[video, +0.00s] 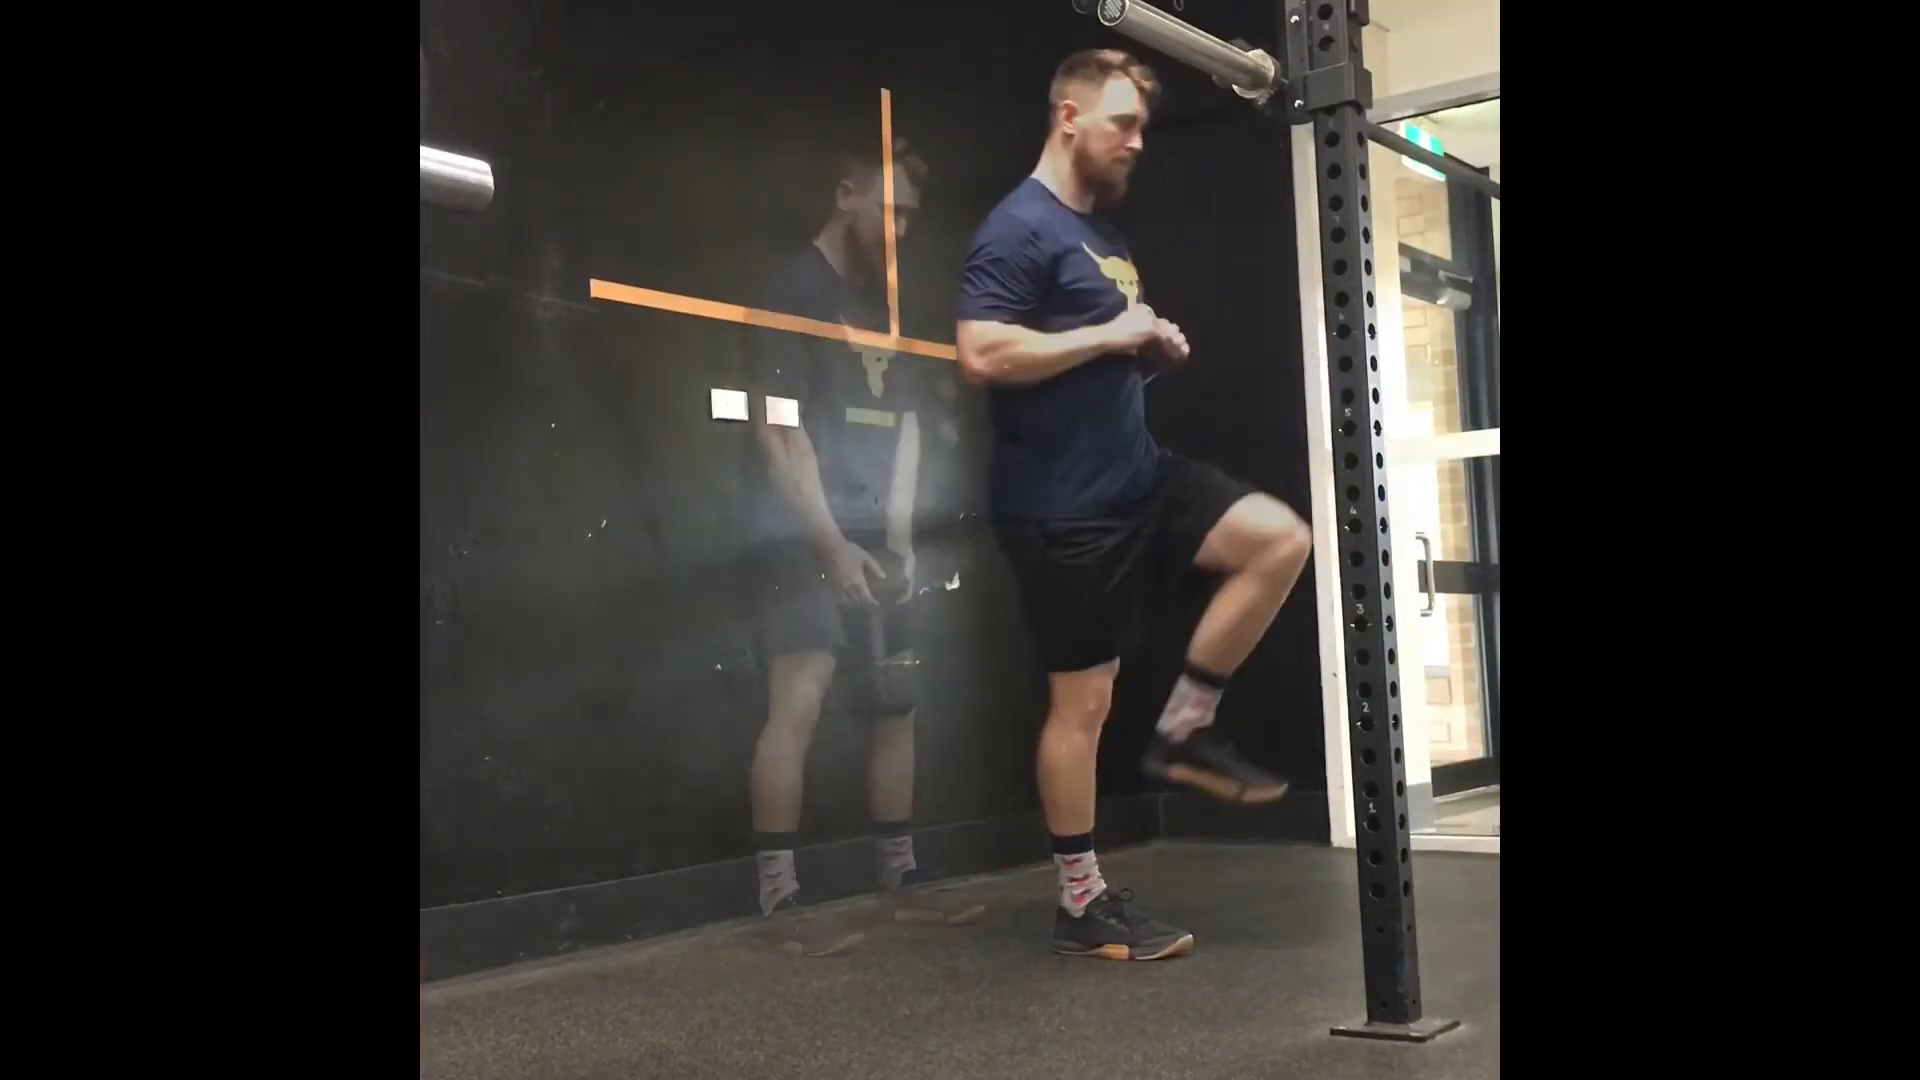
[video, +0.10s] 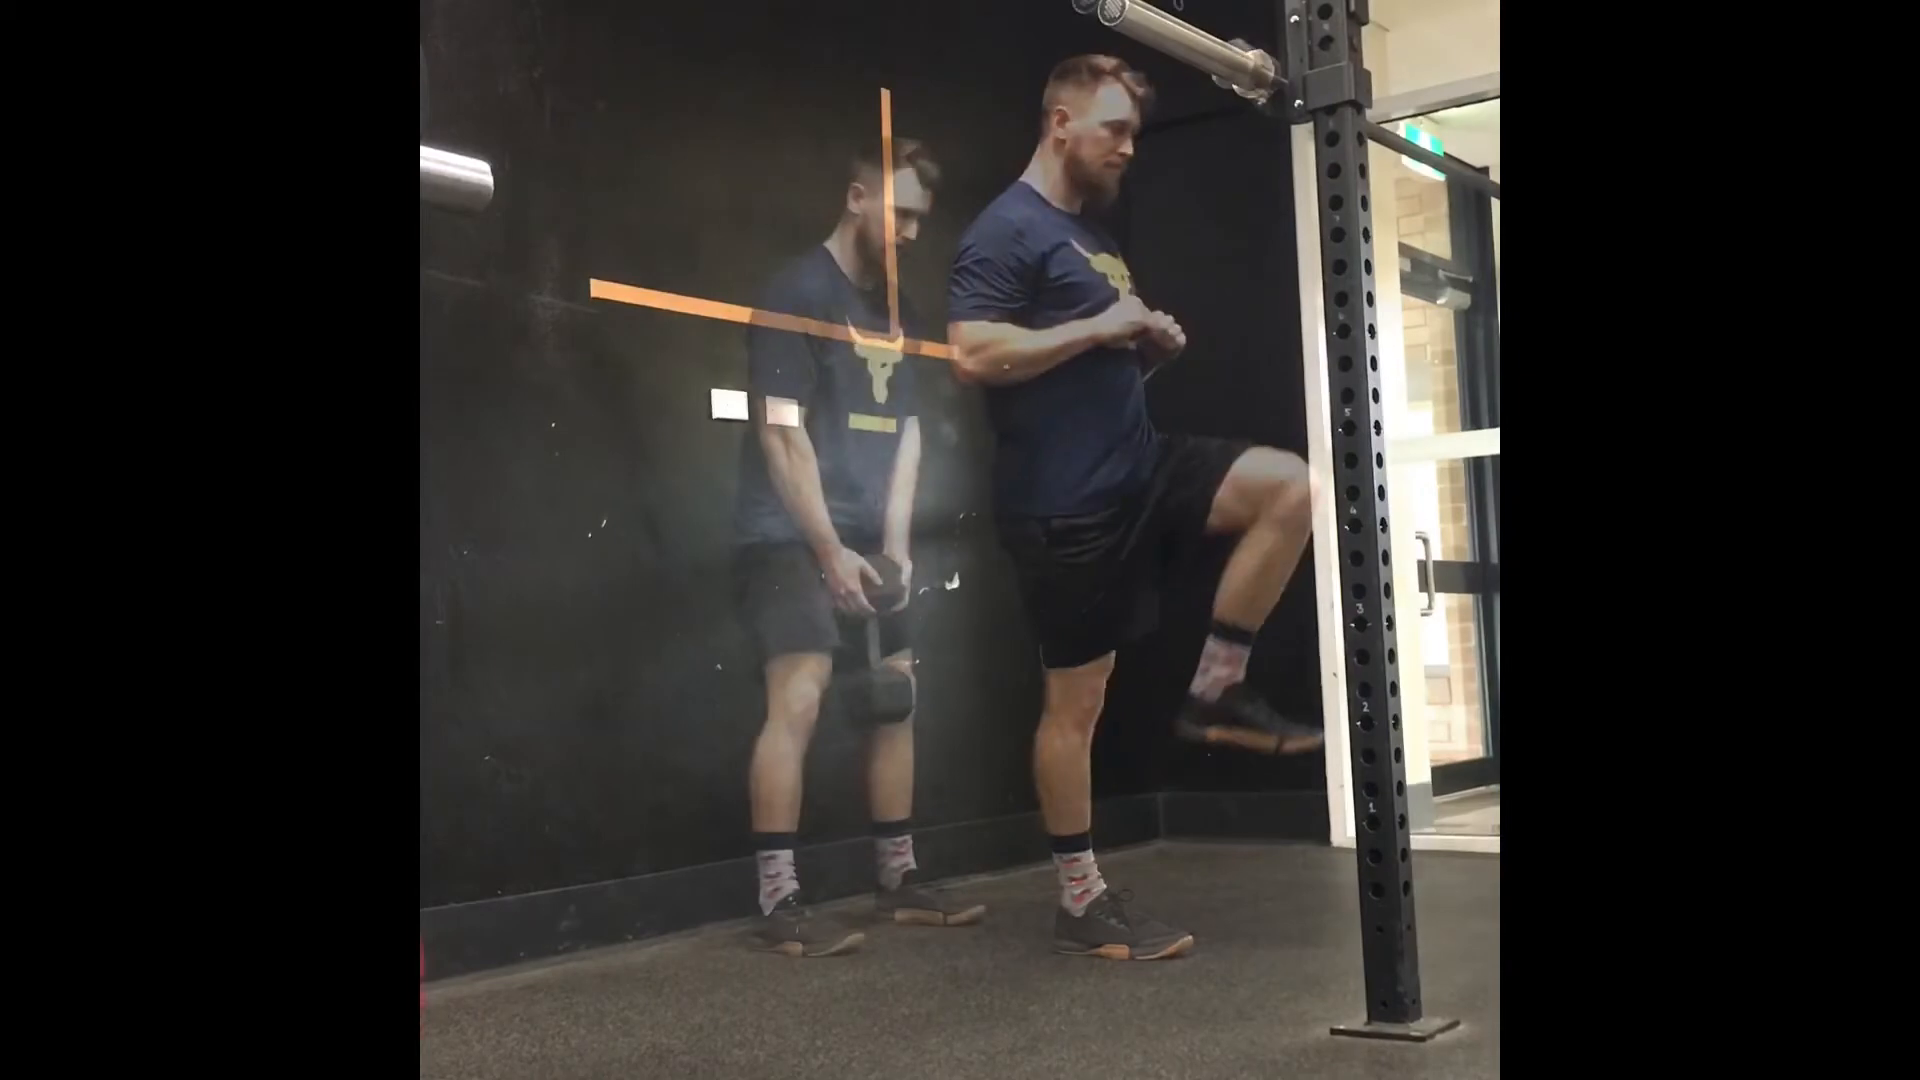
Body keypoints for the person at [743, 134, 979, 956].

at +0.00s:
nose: (901, 228)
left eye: (909, 213)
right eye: (889, 210)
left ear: (914, 212)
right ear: (846, 197)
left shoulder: (893, 301)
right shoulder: (791, 296)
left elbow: (908, 431)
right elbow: (778, 430)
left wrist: (898, 539)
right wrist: (830, 544)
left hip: (884, 536)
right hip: (804, 535)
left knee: (896, 708)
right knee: (798, 703)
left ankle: (901, 881)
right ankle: (779, 897)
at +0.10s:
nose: (906, 233)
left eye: (916, 218)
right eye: (897, 214)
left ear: (920, 219)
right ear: (856, 200)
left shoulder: (896, 308)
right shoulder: (794, 293)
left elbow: (907, 439)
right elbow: (781, 434)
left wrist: (895, 548)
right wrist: (828, 549)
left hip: (876, 533)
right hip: (794, 530)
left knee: (893, 698)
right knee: (798, 698)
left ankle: (898, 880)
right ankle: (778, 900)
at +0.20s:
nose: (919, 238)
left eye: (930, 225)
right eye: (910, 219)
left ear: (933, 225)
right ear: (868, 204)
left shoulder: (905, 317)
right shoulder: (802, 298)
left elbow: (906, 445)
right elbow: (784, 438)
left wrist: (891, 554)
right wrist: (825, 556)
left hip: (872, 535)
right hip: (791, 533)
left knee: (892, 696)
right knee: (795, 701)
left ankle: (898, 883)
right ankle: (778, 902)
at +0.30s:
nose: (937, 246)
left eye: (945, 231)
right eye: (926, 228)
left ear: (938, 229)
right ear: (881, 217)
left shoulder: (915, 326)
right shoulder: (809, 308)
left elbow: (908, 450)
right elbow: (788, 447)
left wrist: (891, 564)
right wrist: (823, 565)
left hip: (864, 541)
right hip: (783, 539)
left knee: (892, 693)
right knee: (792, 699)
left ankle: (898, 884)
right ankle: (777, 904)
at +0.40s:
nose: (950, 256)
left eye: (957, 242)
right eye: (938, 237)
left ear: (952, 244)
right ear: (891, 226)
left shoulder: (922, 339)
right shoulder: (815, 321)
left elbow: (906, 460)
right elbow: (793, 460)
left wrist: (889, 574)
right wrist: (822, 577)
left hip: (856, 541)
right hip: (775, 536)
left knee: (891, 692)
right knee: (789, 700)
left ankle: (897, 884)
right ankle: (776, 905)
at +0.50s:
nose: (958, 269)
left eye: (967, 255)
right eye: (947, 249)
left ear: (967, 258)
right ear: (900, 238)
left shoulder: (929, 349)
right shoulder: (821, 331)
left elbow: (907, 469)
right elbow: (796, 470)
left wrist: (888, 582)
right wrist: (821, 587)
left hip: (851, 544)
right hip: (769, 538)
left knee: (889, 688)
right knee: (786, 698)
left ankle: (898, 883)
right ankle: (777, 905)